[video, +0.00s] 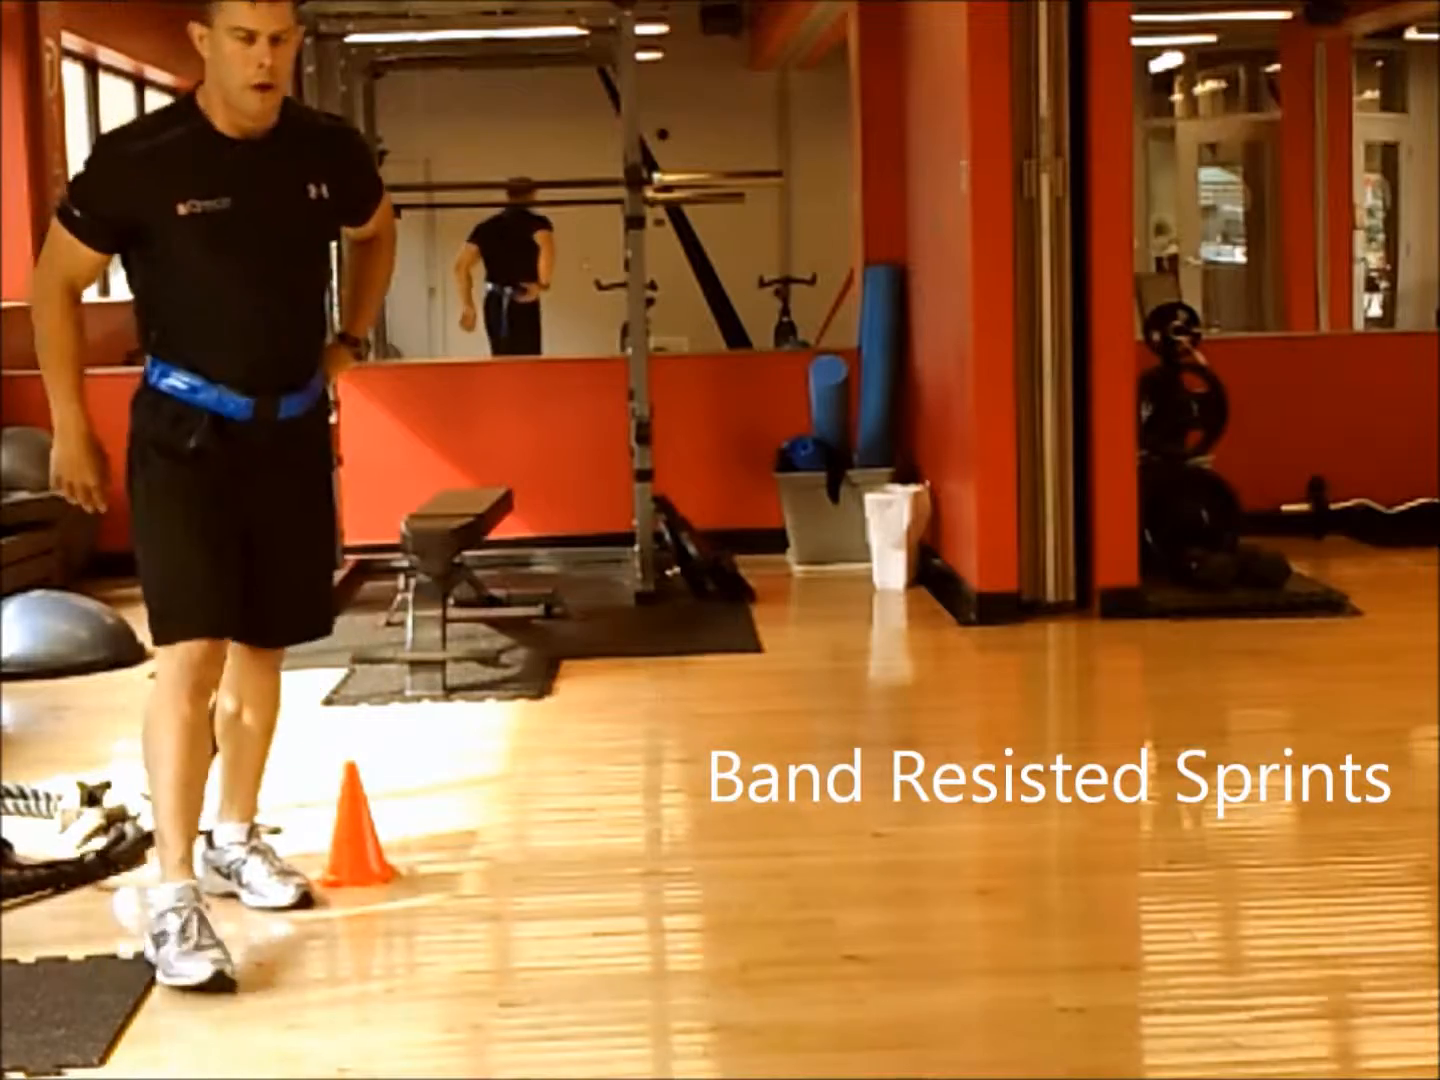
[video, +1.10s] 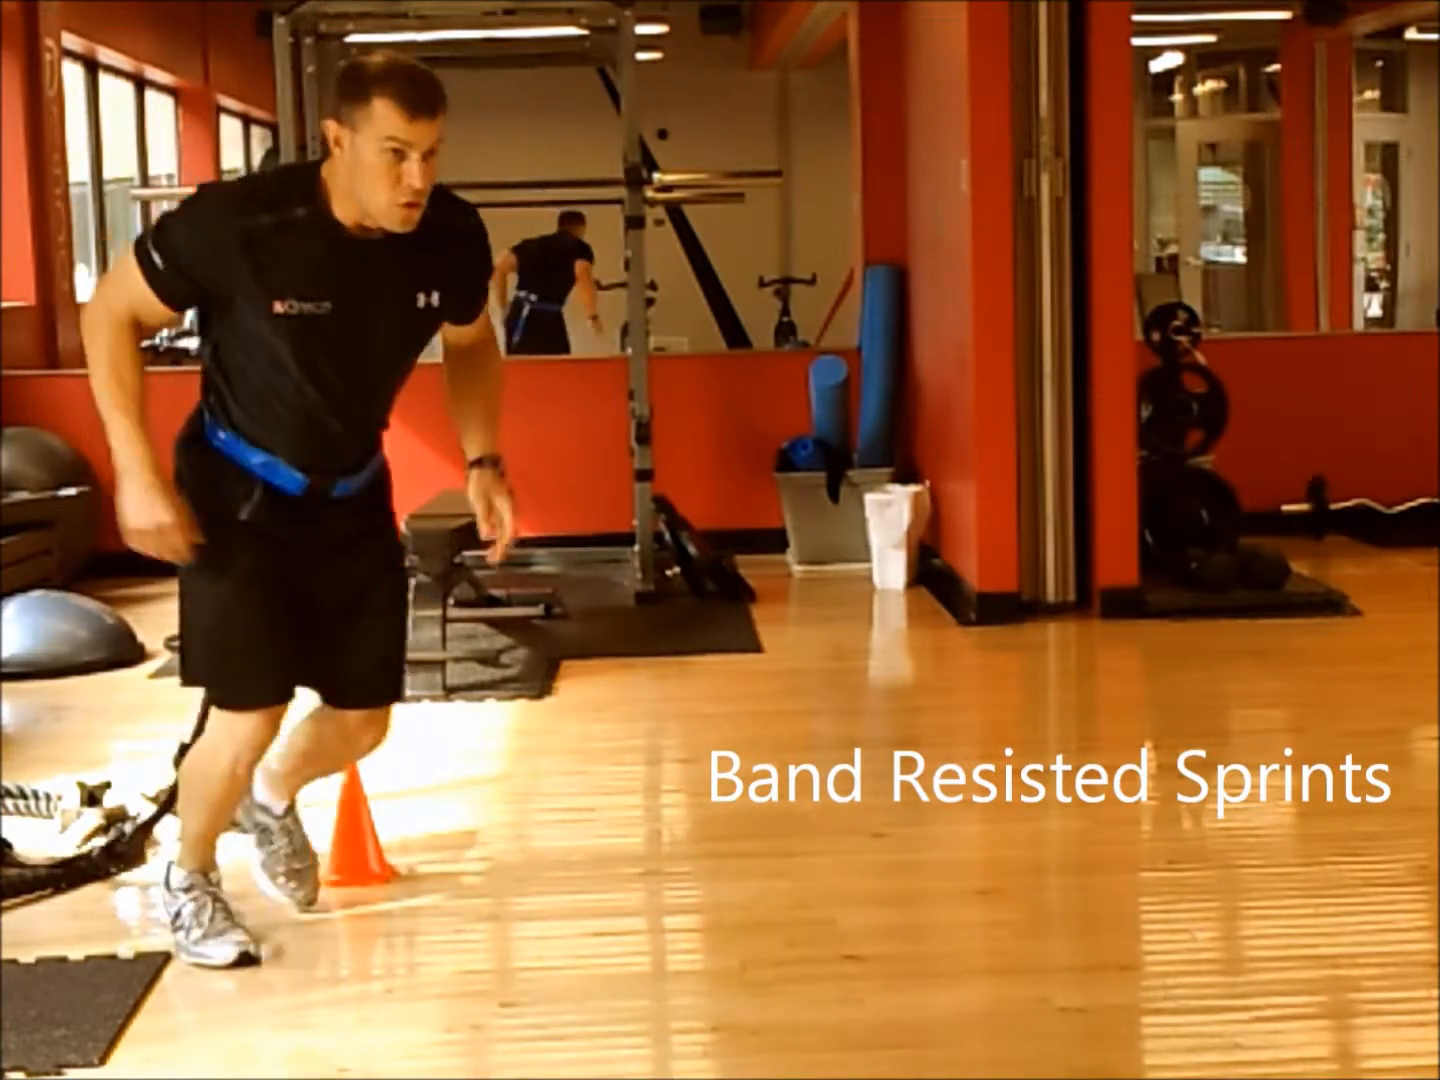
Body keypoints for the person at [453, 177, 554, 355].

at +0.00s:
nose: (534, 198)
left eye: (532, 194)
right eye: (533, 194)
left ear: (509, 196)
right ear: (531, 196)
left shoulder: (487, 226)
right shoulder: (537, 223)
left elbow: (461, 266)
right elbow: (545, 247)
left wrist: (467, 305)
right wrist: (543, 283)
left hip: (494, 298)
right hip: (525, 299)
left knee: (501, 361)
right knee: (527, 362)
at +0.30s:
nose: (538, 197)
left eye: (537, 193)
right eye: (537, 193)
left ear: (512, 194)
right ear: (533, 195)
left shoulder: (489, 223)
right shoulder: (537, 224)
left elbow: (465, 263)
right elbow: (547, 261)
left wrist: (472, 304)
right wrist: (563, 296)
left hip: (494, 299)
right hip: (524, 300)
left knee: (498, 359)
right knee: (528, 359)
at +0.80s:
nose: (557, 210)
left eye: (555, 204)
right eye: (556, 205)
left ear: (535, 203)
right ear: (554, 206)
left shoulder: (506, 227)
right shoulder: (557, 235)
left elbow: (473, 259)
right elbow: (564, 273)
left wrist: (473, 301)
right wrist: (579, 305)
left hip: (499, 301)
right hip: (529, 306)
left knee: (510, 363)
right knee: (530, 364)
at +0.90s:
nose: (566, 217)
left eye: (566, 213)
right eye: (566, 213)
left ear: (544, 210)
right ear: (561, 212)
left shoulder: (517, 229)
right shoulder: (564, 237)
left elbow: (476, 252)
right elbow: (573, 272)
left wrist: (469, 294)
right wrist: (587, 297)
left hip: (503, 305)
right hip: (531, 309)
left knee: (516, 363)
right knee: (529, 365)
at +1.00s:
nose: (575, 223)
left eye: (574, 218)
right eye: (574, 218)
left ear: (552, 216)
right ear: (572, 218)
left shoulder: (527, 235)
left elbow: (487, 251)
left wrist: (477, 287)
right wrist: (595, 288)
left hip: (509, 306)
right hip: (537, 312)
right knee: (538, 369)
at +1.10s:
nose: (583, 232)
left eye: (582, 228)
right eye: (582, 228)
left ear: (560, 226)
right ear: (580, 227)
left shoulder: (533, 243)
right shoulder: (580, 248)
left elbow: (500, 267)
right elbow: (582, 274)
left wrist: (501, 305)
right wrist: (592, 314)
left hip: (519, 313)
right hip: (549, 317)